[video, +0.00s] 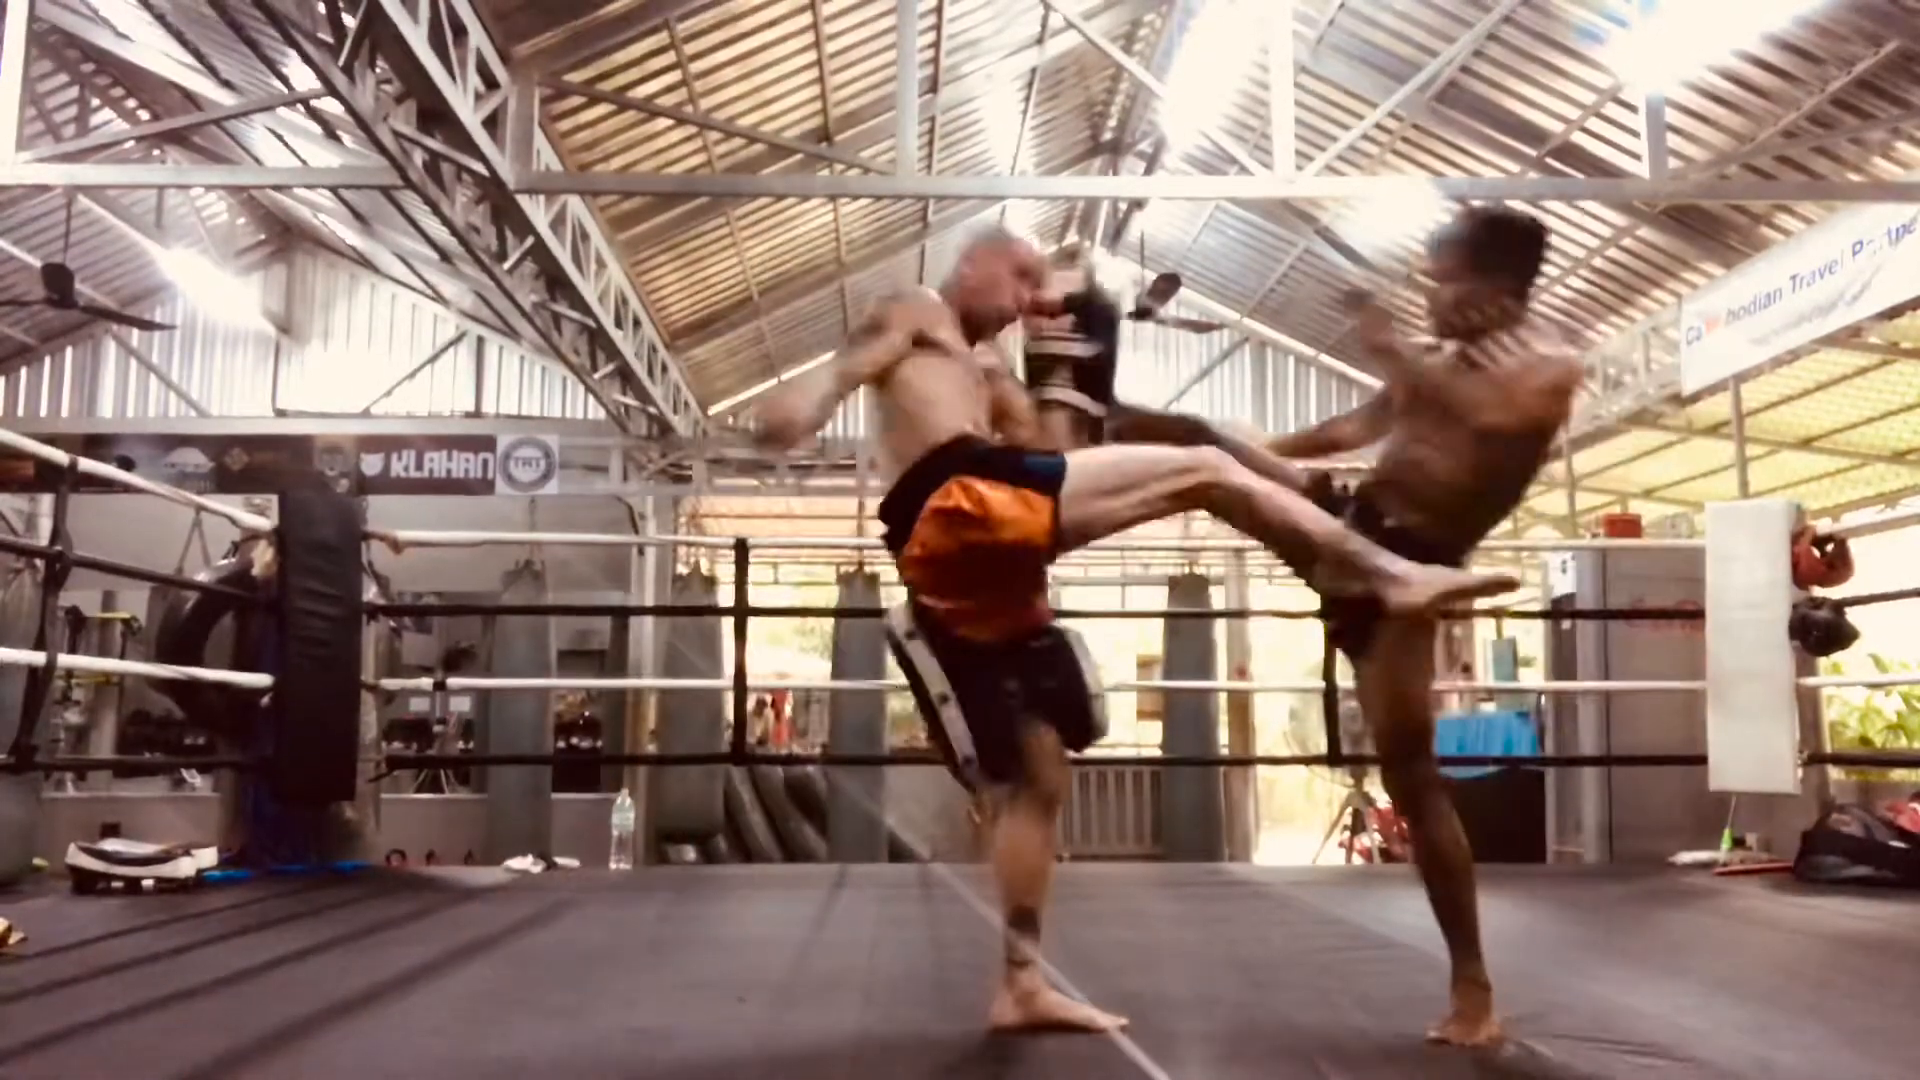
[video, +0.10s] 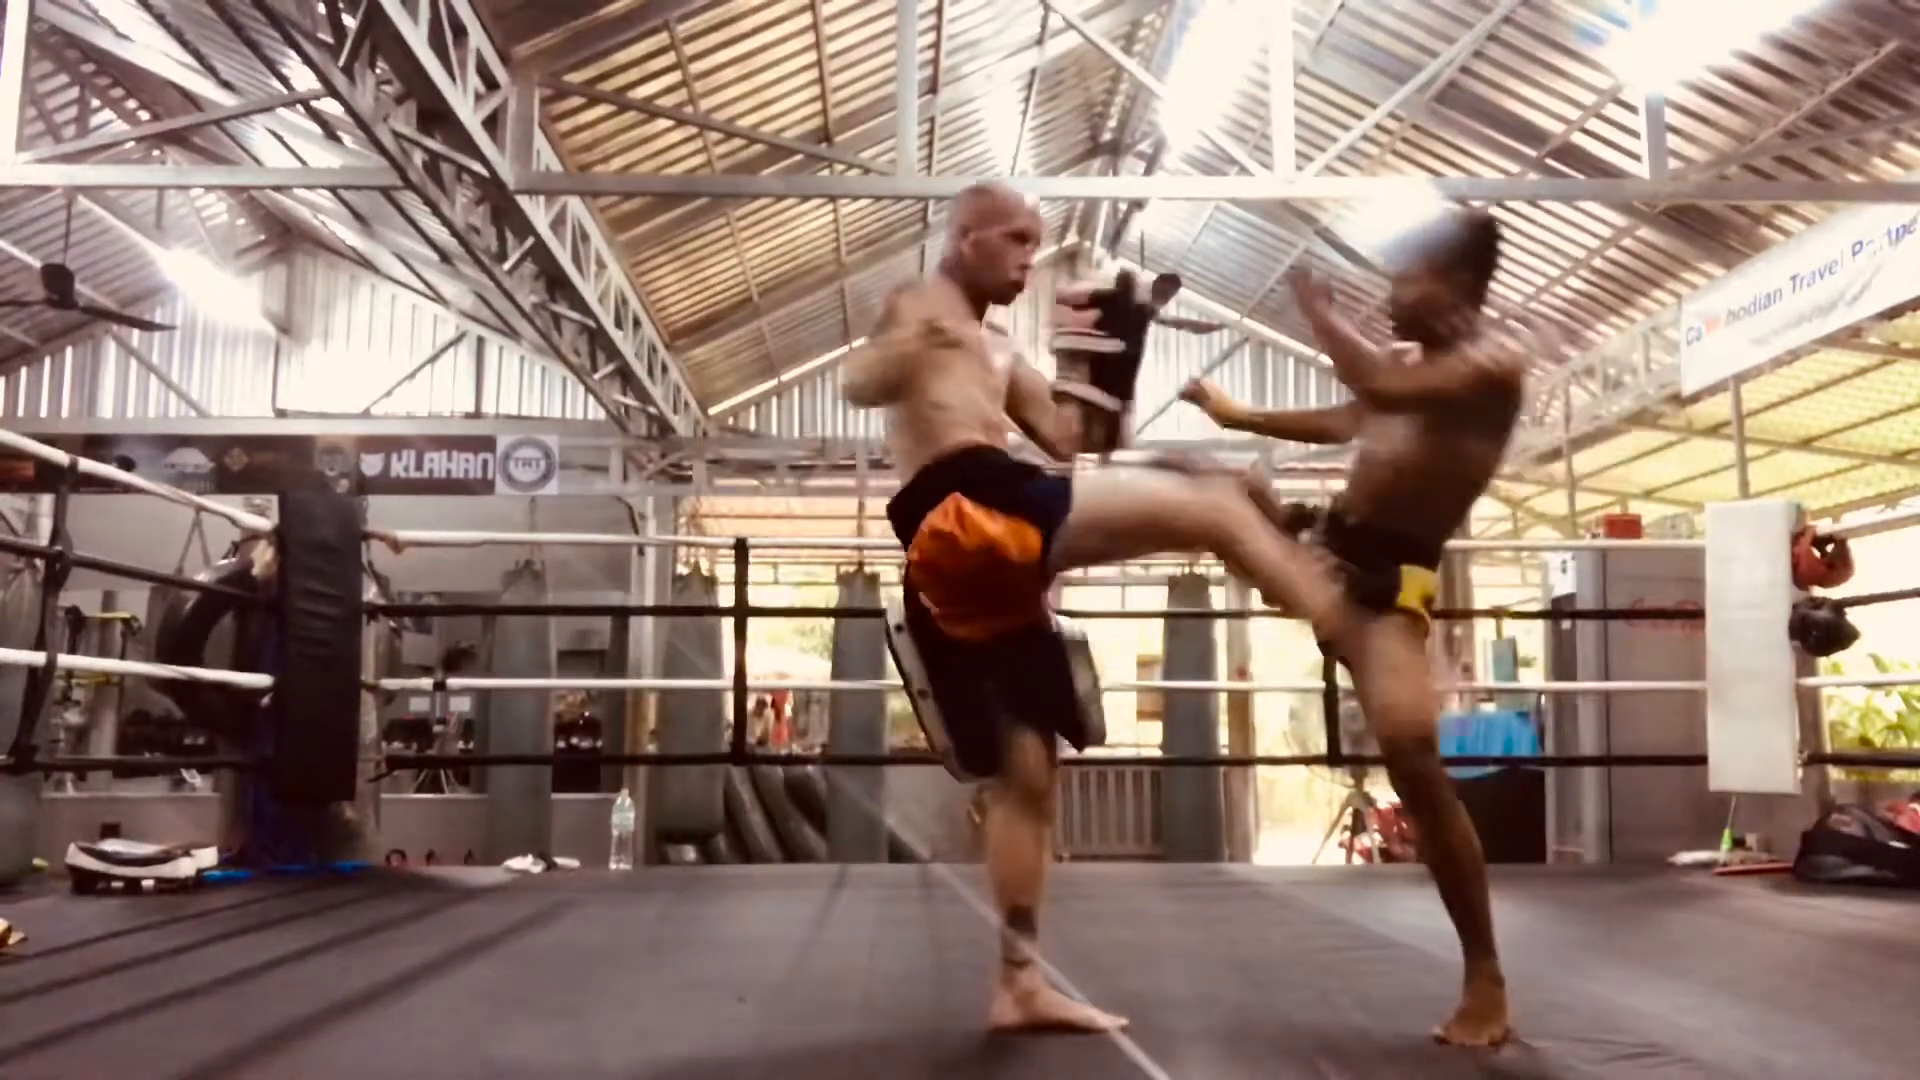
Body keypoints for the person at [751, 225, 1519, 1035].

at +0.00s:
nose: (1029, 300)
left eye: (1034, 290)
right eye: (1022, 279)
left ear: (1011, 296)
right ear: (974, 265)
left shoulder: (985, 371)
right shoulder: (919, 318)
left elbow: (1047, 458)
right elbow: (808, 400)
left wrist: (1049, 366)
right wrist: (803, 409)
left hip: (959, 566)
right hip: (968, 494)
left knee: (1039, 774)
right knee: (1204, 462)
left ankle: (1024, 980)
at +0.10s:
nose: (1029, 259)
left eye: (1034, 244)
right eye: (1016, 241)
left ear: (1024, 253)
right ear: (963, 240)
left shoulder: (998, 346)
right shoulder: (919, 301)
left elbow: (1071, 435)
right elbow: (857, 381)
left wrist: (1090, 342)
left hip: (955, 553)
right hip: (975, 503)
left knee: (1026, 770)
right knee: (1214, 508)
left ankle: (1022, 980)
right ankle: (1354, 634)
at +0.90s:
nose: (1108, 272)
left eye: (1115, 258)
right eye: (1108, 252)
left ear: (1059, 217)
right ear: (1068, 220)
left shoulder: (1001, 280)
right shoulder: (1012, 269)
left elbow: (990, 429)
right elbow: (1015, 395)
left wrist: (1089, 446)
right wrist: (1130, 387)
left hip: (989, 519)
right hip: (982, 518)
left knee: (1036, 779)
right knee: (1037, 788)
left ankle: (1027, 979)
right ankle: (906, 1032)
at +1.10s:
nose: (1078, 222)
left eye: (1080, 208)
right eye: (1077, 205)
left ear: (1001, 182)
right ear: (1049, 186)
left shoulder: (932, 270)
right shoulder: (1021, 247)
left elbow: (874, 445)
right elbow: (1079, 394)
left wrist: (1026, 441)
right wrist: (1137, 393)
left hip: (923, 513)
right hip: (984, 503)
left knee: (1003, 779)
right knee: (983, 782)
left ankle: (1033, 978)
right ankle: (887, 1050)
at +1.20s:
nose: (1064, 211)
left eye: (1061, 197)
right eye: (1060, 195)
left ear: (986, 182)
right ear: (1035, 182)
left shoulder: (910, 276)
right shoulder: (1033, 241)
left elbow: (843, 414)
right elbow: (1094, 397)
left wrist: (920, 451)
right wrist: (1108, 429)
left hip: (901, 509)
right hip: (978, 499)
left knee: (981, 768)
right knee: (965, 779)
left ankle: (1019, 974)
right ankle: (888, 1046)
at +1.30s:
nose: (1045, 195)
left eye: (1040, 179)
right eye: (1042, 179)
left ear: (963, 176)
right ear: (1025, 174)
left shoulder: (898, 271)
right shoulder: (1034, 236)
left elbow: (846, 388)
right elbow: (1096, 385)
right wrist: (1069, 434)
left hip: (895, 500)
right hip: (978, 492)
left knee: (947, 770)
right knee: (954, 777)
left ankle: (943, 990)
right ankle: (884, 1045)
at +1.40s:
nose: (1024, 195)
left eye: (1014, 180)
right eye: (1020, 181)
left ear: (941, 184)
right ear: (1007, 181)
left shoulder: (880, 281)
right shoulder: (1035, 246)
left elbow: (811, 398)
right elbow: (1101, 400)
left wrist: (864, 453)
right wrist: (1027, 445)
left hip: (886, 509)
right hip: (976, 498)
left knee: (928, 788)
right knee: (951, 789)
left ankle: (896, 1022)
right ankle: (887, 1045)